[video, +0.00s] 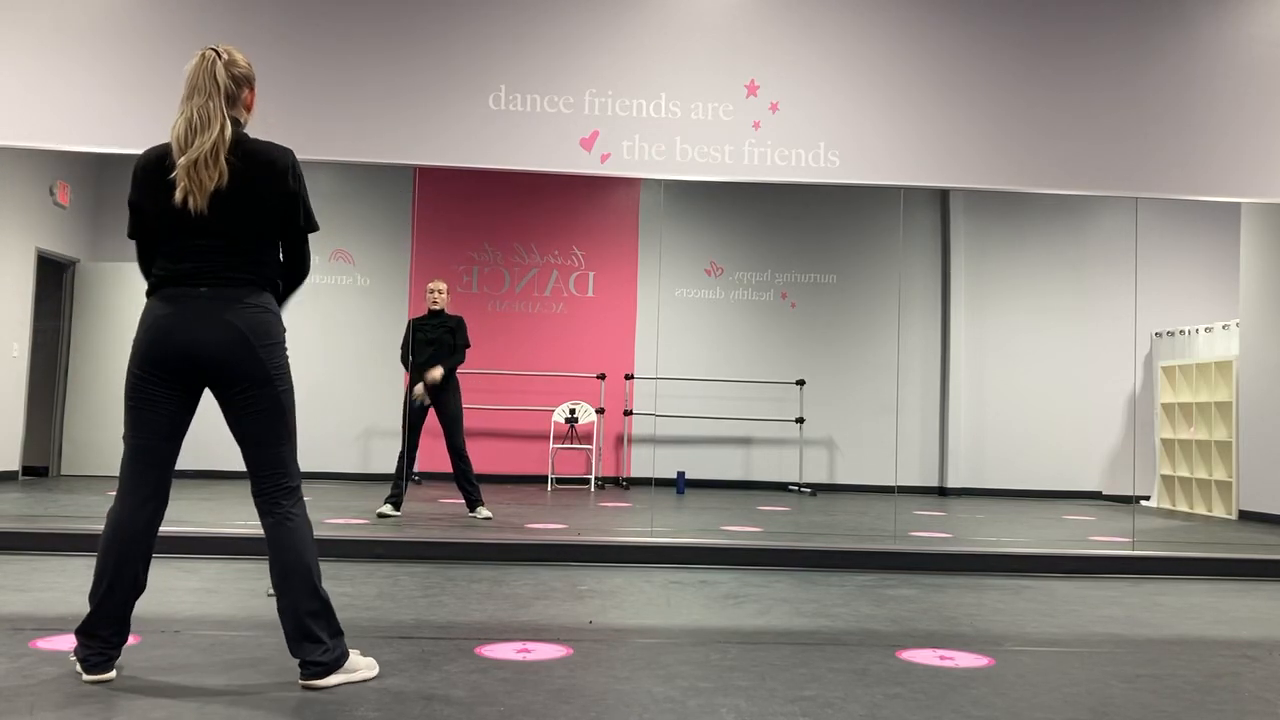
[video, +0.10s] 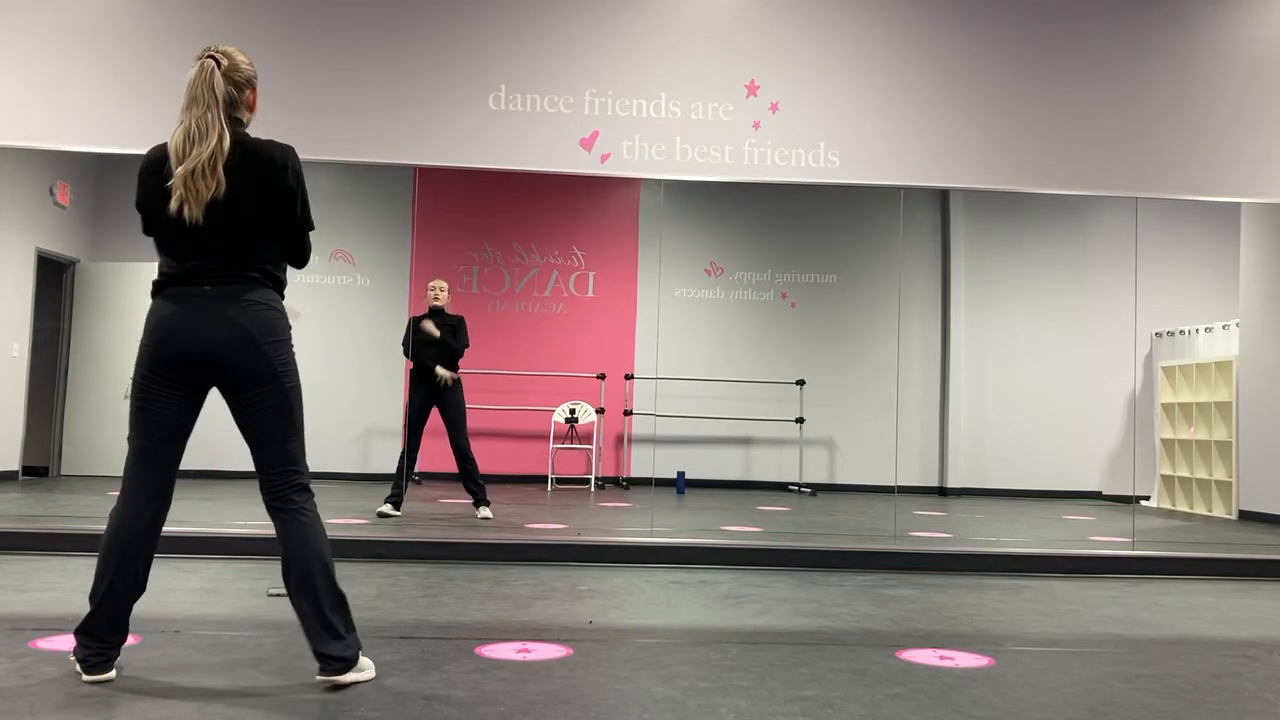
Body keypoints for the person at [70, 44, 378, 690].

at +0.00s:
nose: (256, 102)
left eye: (253, 92)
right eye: (254, 93)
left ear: (191, 94)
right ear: (245, 97)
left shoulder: (153, 164)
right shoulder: (276, 163)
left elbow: (147, 255)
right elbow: (297, 260)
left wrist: (176, 298)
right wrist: (256, 302)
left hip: (165, 323)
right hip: (249, 323)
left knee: (139, 488)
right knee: (280, 493)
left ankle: (97, 649)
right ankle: (321, 656)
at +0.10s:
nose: (260, 100)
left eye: (256, 89)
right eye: (257, 91)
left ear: (195, 92)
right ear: (246, 96)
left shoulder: (160, 161)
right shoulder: (277, 160)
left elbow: (157, 233)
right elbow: (298, 251)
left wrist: (223, 223)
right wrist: (246, 223)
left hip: (172, 322)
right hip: (254, 322)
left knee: (143, 486)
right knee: (289, 490)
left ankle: (97, 648)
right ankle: (338, 654)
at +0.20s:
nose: (264, 100)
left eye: (260, 89)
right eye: (261, 91)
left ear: (200, 93)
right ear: (249, 96)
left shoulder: (167, 163)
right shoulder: (278, 160)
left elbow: (186, 237)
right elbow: (305, 240)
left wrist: (276, 265)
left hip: (187, 322)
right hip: (266, 318)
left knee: (156, 489)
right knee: (297, 490)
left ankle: (101, 648)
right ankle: (341, 655)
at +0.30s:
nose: (268, 107)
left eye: (265, 95)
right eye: (265, 97)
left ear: (202, 100)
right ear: (252, 101)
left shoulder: (172, 173)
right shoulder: (281, 165)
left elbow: (193, 239)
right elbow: (314, 242)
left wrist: (288, 263)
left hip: (202, 326)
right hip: (280, 321)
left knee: (173, 486)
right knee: (297, 488)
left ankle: (103, 647)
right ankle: (338, 657)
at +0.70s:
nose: (271, 110)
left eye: (267, 100)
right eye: (269, 101)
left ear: (207, 102)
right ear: (259, 105)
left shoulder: (170, 171)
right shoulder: (291, 173)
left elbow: (164, 245)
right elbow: (302, 247)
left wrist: (221, 253)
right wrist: (240, 258)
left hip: (169, 327)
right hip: (252, 332)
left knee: (141, 487)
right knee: (276, 498)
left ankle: (100, 649)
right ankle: (337, 658)